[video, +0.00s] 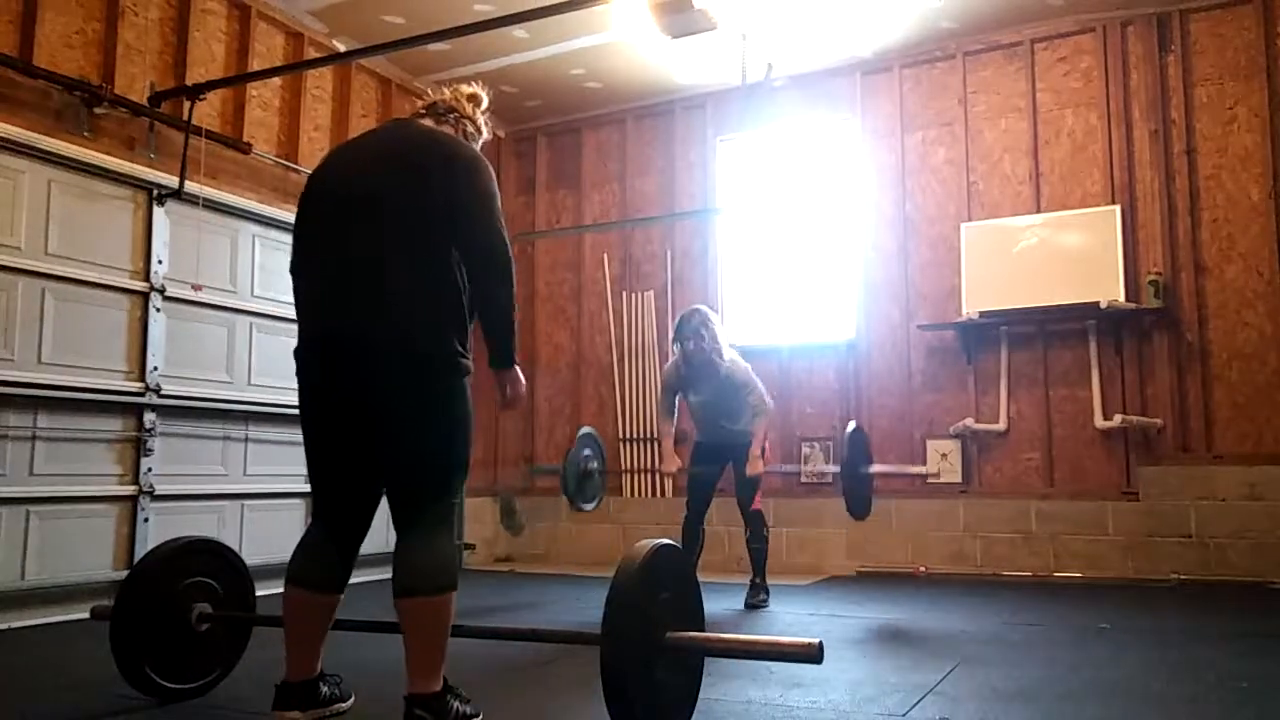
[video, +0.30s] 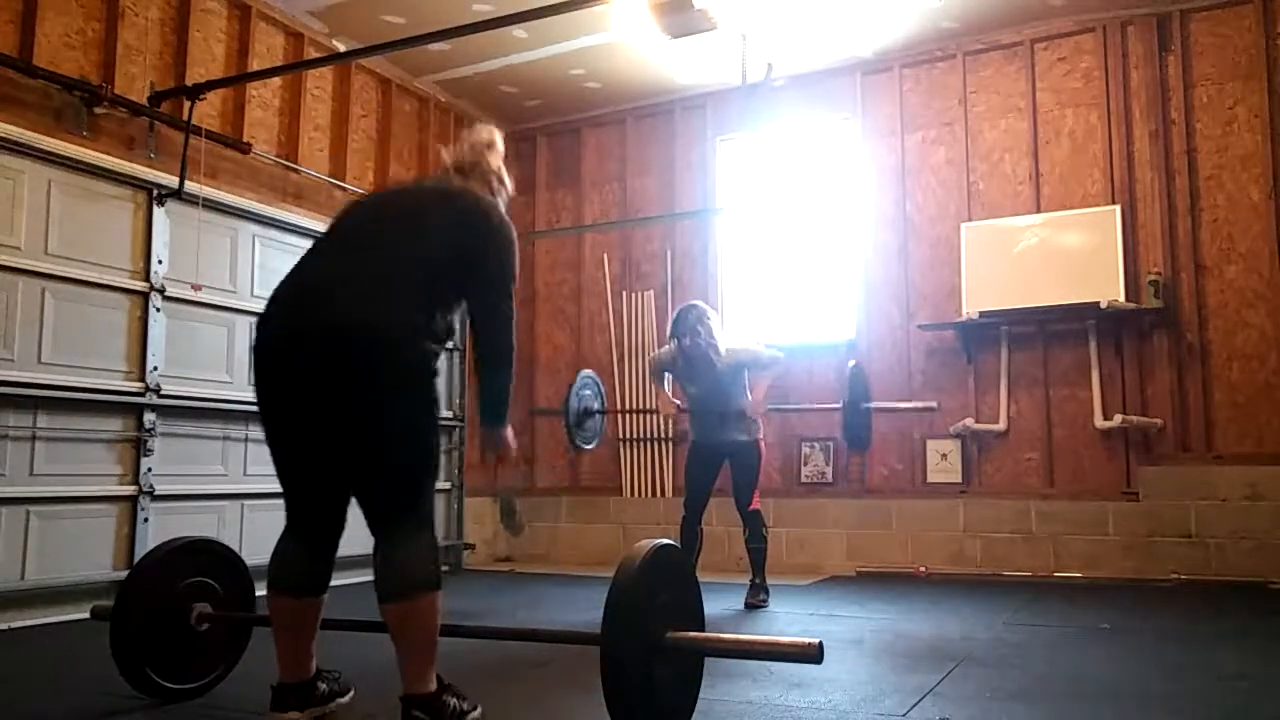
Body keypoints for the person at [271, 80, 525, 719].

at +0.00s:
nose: (480, 153)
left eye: (482, 147)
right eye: (483, 146)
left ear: (424, 115)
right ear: (471, 132)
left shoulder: (343, 156)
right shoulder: (462, 158)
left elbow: (307, 262)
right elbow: (490, 259)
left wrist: (326, 346)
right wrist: (504, 357)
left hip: (329, 362)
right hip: (421, 365)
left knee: (333, 516)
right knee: (429, 521)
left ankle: (299, 682)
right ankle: (427, 694)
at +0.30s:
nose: (506, 204)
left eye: (506, 196)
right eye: (507, 195)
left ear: (449, 172)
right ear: (496, 185)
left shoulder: (387, 200)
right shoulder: (487, 222)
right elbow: (493, 325)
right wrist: (495, 419)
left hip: (287, 348)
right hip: (382, 363)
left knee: (311, 515)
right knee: (404, 524)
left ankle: (294, 684)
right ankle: (422, 694)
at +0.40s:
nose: (513, 259)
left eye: (513, 249)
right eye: (513, 250)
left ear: (457, 225)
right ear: (503, 246)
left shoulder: (395, 241)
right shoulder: (491, 277)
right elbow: (496, 382)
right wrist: (492, 472)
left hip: (273, 346)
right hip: (371, 370)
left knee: (307, 519)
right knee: (402, 533)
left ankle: (296, 685)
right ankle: (422, 695)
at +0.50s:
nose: (513, 313)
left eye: (514, 304)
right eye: (515, 303)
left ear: (464, 276)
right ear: (508, 296)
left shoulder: (407, 284)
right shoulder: (492, 328)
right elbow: (493, 449)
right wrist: (494, 538)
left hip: (266, 351)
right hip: (373, 371)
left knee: (314, 521)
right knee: (413, 529)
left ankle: (297, 686)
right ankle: (424, 696)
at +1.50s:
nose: (494, 267)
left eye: (494, 259)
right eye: (493, 259)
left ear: (442, 234)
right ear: (485, 252)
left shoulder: (385, 254)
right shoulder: (475, 275)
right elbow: (497, 366)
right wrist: (494, 472)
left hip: (255, 345)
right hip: (357, 362)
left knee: (308, 518)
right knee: (407, 524)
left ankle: (294, 685)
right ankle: (424, 696)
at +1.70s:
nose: (500, 250)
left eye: (502, 242)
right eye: (501, 241)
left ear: (455, 205)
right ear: (493, 227)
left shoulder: (388, 227)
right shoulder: (480, 241)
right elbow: (491, 374)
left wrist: (236, 386)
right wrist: (480, 379)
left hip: (263, 355)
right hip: (362, 370)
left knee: (313, 518)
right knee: (406, 525)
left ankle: (293, 683)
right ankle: (421, 695)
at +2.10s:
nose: (493, 260)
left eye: (496, 252)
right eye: (493, 250)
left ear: (449, 221)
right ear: (478, 233)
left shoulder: (389, 247)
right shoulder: (472, 265)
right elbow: (494, 349)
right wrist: (497, 441)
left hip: (254, 346)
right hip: (351, 365)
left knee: (309, 518)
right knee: (399, 528)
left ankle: (294, 685)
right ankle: (420, 695)